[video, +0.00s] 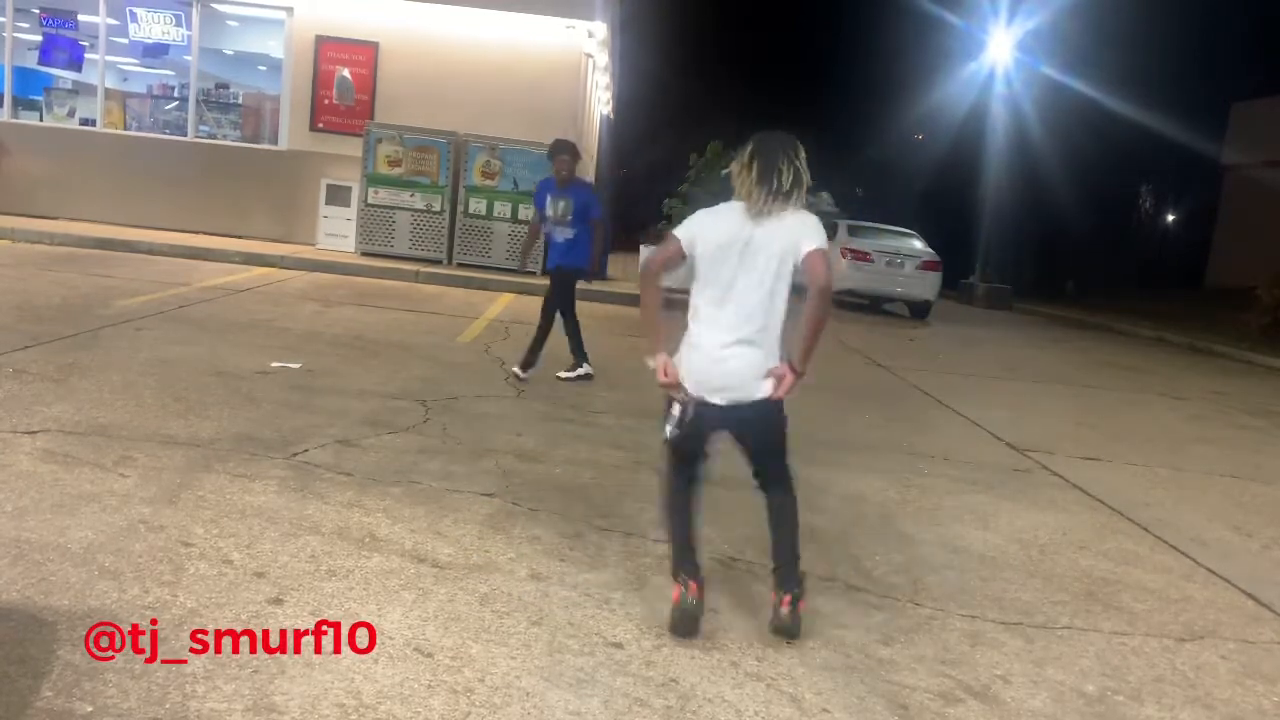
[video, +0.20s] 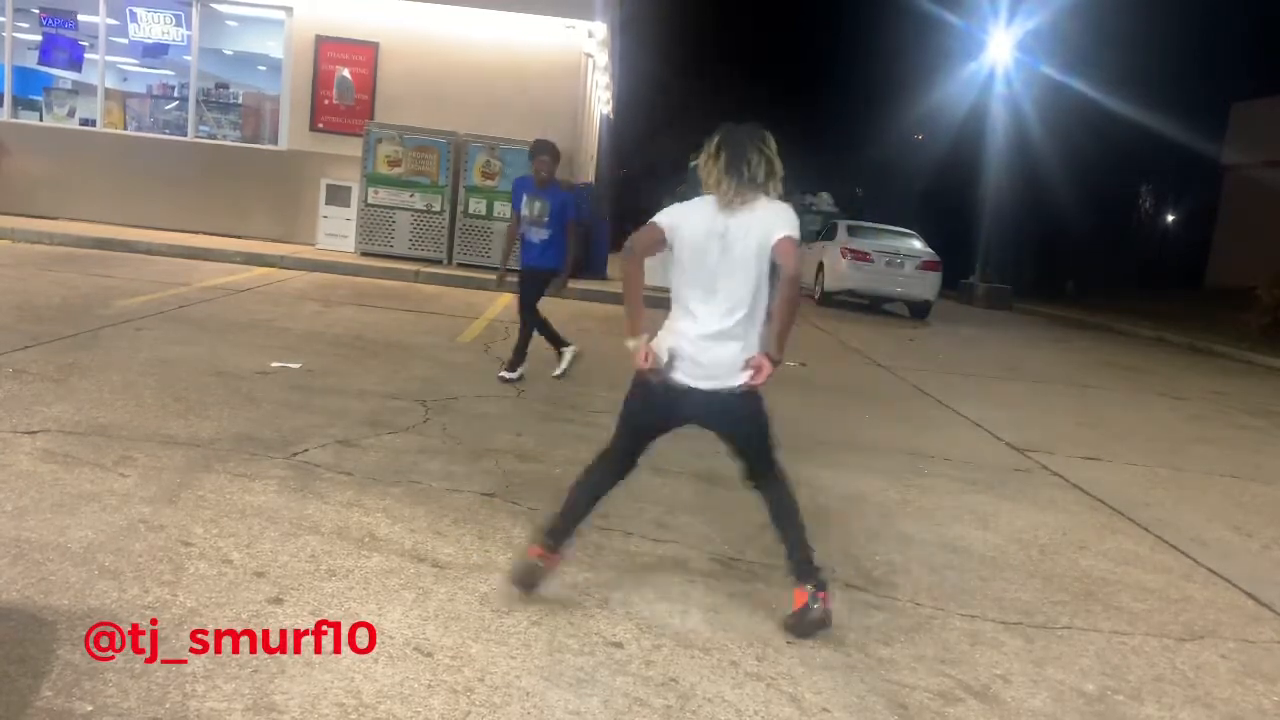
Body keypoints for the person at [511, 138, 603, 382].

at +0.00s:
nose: (564, 166)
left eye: (569, 162)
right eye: (559, 162)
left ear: (576, 164)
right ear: (552, 163)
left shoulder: (585, 191)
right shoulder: (544, 188)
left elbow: (598, 226)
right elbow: (537, 222)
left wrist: (595, 261)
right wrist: (524, 255)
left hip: (575, 259)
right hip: (554, 257)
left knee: (548, 308)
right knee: (568, 311)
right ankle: (581, 362)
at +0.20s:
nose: (543, 167)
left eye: (548, 162)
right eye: (539, 161)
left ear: (556, 165)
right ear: (531, 163)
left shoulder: (564, 195)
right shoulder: (521, 186)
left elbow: (570, 235)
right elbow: (514, 226)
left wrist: (566, 272)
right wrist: (504, 264)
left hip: (550, 262)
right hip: (527, 259)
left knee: (527, 308)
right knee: (527, 308)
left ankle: (516, 362)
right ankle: (563, 346)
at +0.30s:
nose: (528, 162)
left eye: (533, 157)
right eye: (524, 156)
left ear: (542, 160)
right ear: (516, 158)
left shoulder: (550, 190)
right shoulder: (505, 181)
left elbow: (555, 232)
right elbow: (499, 221)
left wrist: (547, 269)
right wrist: (488, 257)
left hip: (532, 258)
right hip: (509, 254)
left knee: (518, 306)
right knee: (495, 302)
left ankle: (515, 363)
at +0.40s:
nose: (516, 157)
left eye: (522, 152)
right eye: (512, 151)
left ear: (530, 154)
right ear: (504, 152)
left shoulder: (540, 184)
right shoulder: (494, 178)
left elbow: (550, 226)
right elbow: (490, 216)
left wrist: (536, 259)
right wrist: (478, 252)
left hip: (523, 256)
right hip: (497, 252)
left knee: (516, 306)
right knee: (480, 297)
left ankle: (515, 362)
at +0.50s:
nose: (497, 156)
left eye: (502, 151)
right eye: (493, 151)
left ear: (510, 154)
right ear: (484, 153)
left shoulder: (522, 185)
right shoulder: (475, 179)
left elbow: (533, 228)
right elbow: (470, 217)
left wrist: (520, 259)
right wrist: (459, 247)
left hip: (508, 260)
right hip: (481, 256)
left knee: (511, 312)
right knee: (460, 301)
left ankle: (514, 365)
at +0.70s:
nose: (467, 152)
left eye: (472, 147)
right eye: (462, 147)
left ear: (479, 151)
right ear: (452, 149)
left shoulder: (490, 183)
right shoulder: (445, 178)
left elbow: (502, 224)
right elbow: (443, 219)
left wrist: (501, 264)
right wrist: (434, 253)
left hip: (478, 260)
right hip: (449, 256)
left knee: (485, 309)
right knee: (428, 302)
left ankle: (509, 361)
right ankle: (423, 356)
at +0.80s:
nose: (450, 145)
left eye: (454, 140)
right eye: (445, 140)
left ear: (462, 143)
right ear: (436, 142)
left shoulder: (473, 176)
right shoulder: (427, 171)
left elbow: (485, 220)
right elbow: (424, 211)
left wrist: (483, 260)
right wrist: (413, 245)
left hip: (459, 253)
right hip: (432, 250)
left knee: (455, 303)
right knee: (422, 301)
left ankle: (480, 352)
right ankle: (423, 354)